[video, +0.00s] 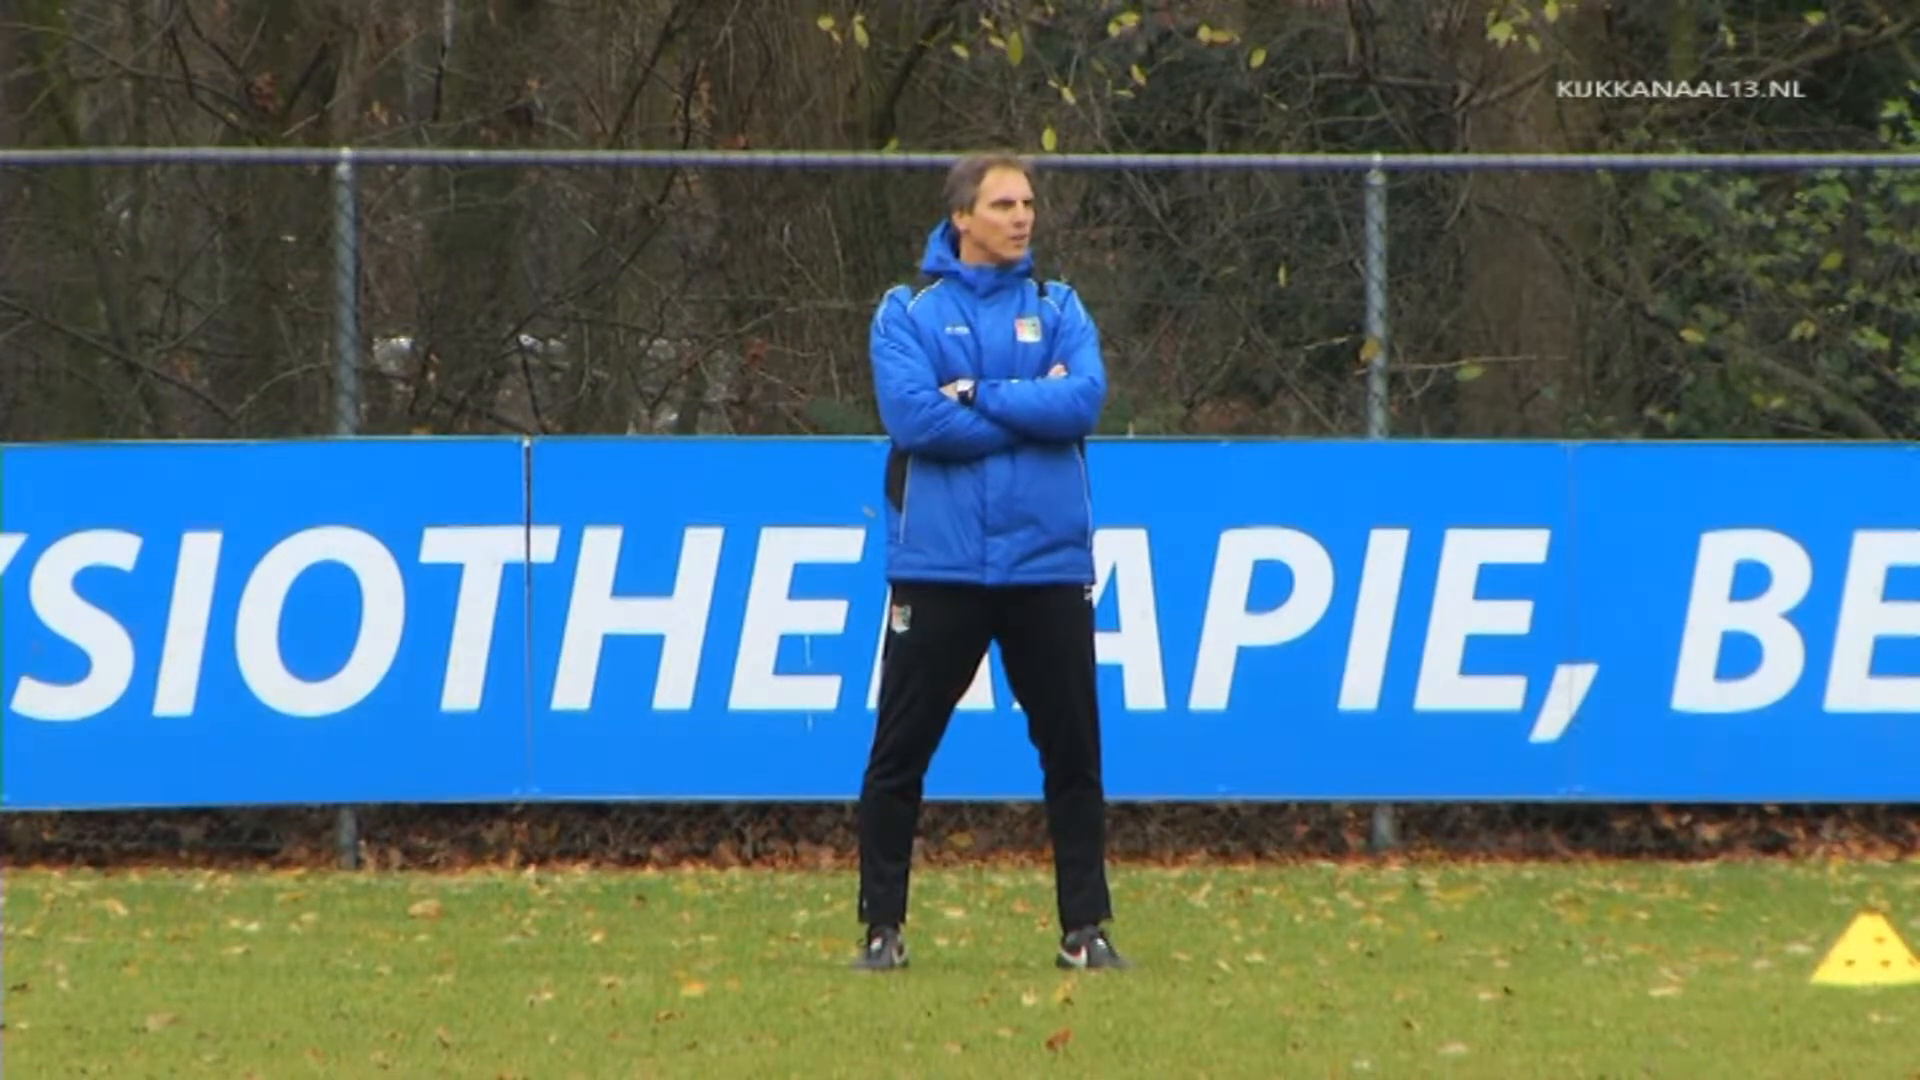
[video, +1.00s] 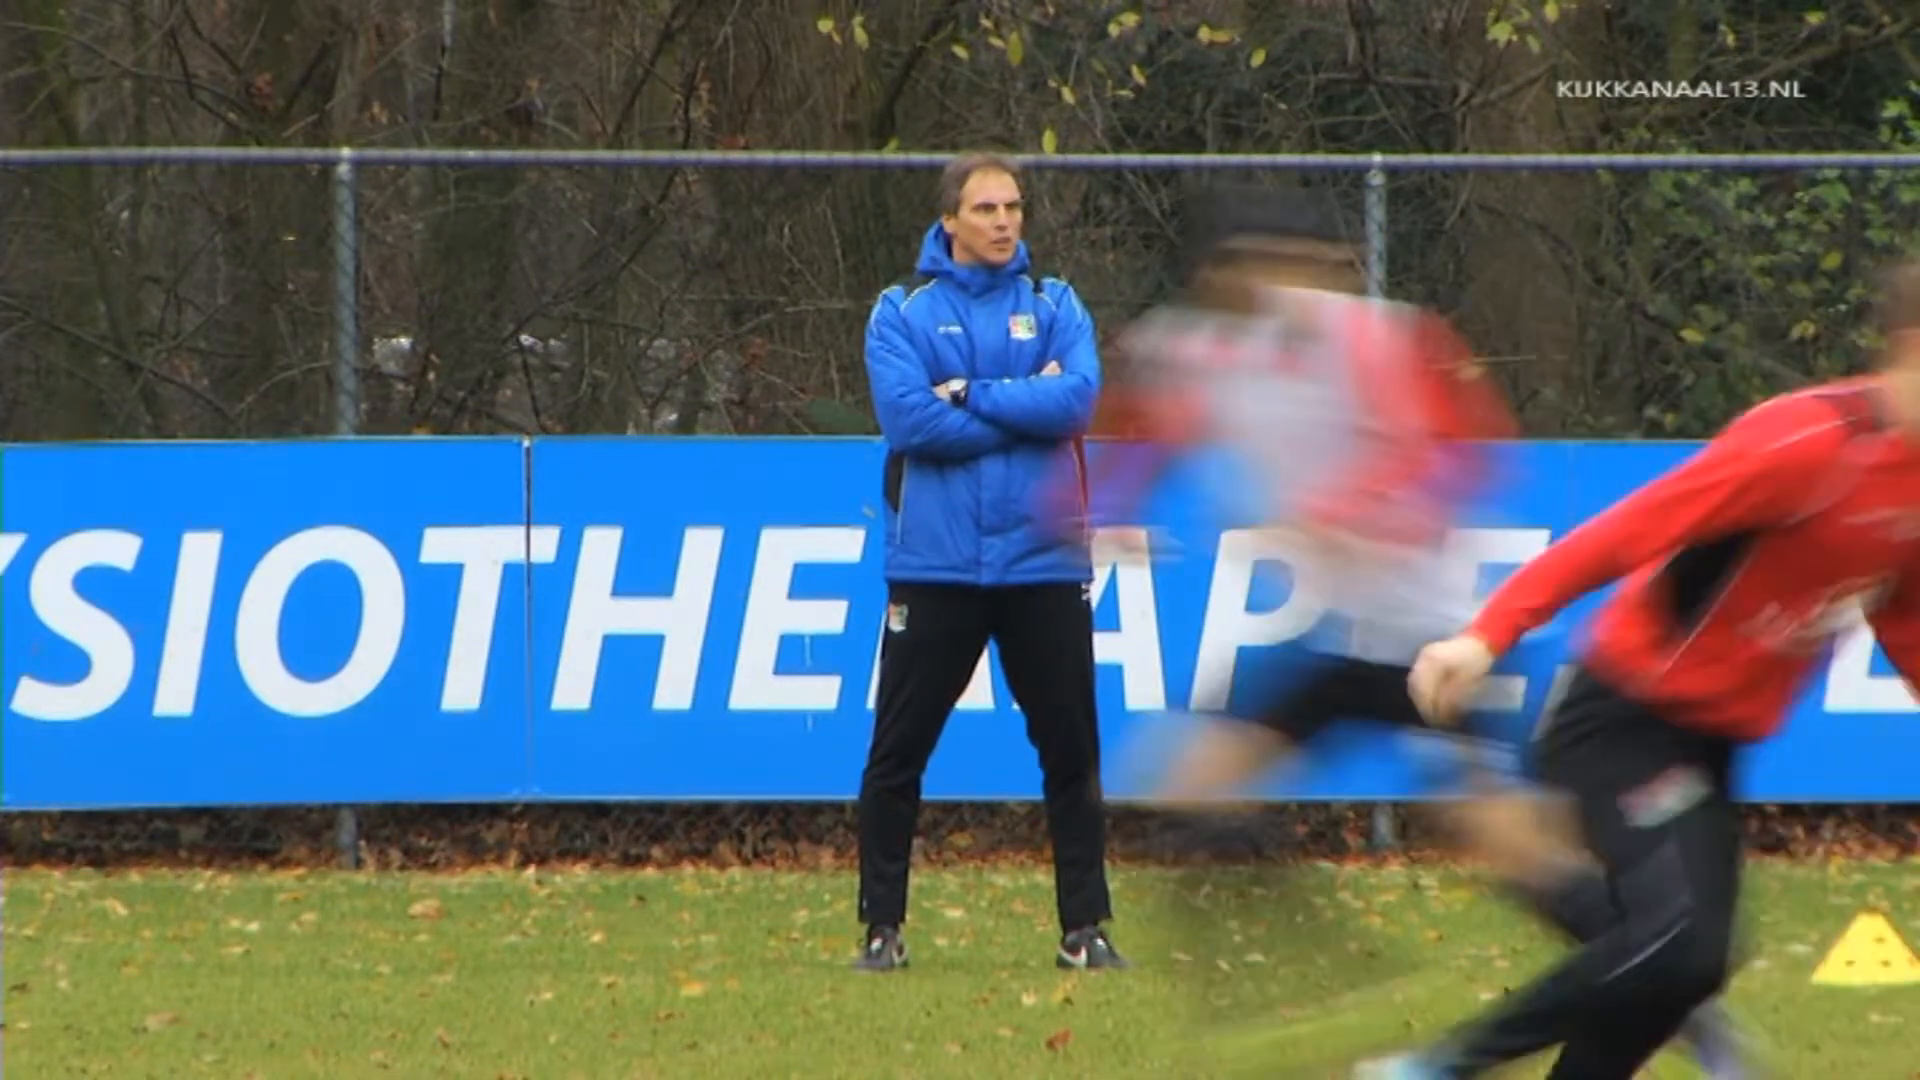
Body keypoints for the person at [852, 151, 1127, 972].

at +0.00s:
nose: (1022, 216)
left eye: (1028, 204)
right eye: (1004, 205)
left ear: (1035, 217)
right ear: (963, 220)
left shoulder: (1059, 305)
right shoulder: (906, 311)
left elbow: (1082, 403)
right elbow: (916, 423)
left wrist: (973, 392)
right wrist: (1026, 413)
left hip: (1050, 567)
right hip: (940, 569)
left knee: (1073, 751)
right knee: (901, 751)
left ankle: (1085, 931)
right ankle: (881, 928)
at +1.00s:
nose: (1003, 221)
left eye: (1012, 208)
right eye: (986, 209)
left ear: (1024, 218)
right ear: (950, 221)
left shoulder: (1057, 305)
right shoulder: (899, 312)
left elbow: (1075, 401)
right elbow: (912, 425)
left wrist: (964, 392)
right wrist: (1023, 413)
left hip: (1045, 567)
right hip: (937, 570)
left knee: (1071, 751)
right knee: (899, 753)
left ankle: (1085, 930)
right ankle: (882, 929)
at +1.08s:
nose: (1000, 228)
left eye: (1012, 212)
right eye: (984, 213)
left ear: (1032, 218)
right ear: (951, 221)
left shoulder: (1060, 314)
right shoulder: (905, 318)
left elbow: (1094, 421)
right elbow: (915, 437)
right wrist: (993, 344)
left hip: (1044, 567)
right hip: (940, 570)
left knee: (1070, 742)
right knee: (899, 749)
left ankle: (1085, 927)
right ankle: (883, 926)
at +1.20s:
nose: (1001, 221)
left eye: (1012, 207)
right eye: (984, 208)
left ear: (1025, 217)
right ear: (950, 220)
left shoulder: (1057, 304)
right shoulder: (900, 311)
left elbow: (1076, 400)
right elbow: (912, 430)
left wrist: (964, 395)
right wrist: (1023, 411)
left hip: (1048, 566)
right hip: (936, 570)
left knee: (1070, 751)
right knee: (899, 750)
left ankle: (1086, 928)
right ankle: (881, 924)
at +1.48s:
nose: (996, 219)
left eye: (1007, 205)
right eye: (979, 206)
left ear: (1023, 216)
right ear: (950, 218)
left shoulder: (1059, 305)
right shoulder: (900, 312)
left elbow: (1076, 403)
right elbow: (911, 423)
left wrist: (965, 392)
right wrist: (1020, 415)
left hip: (1044, 567)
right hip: (934, 568)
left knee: (1070, 750)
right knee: (898, 751)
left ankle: (1085, 930)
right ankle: (882, 929)